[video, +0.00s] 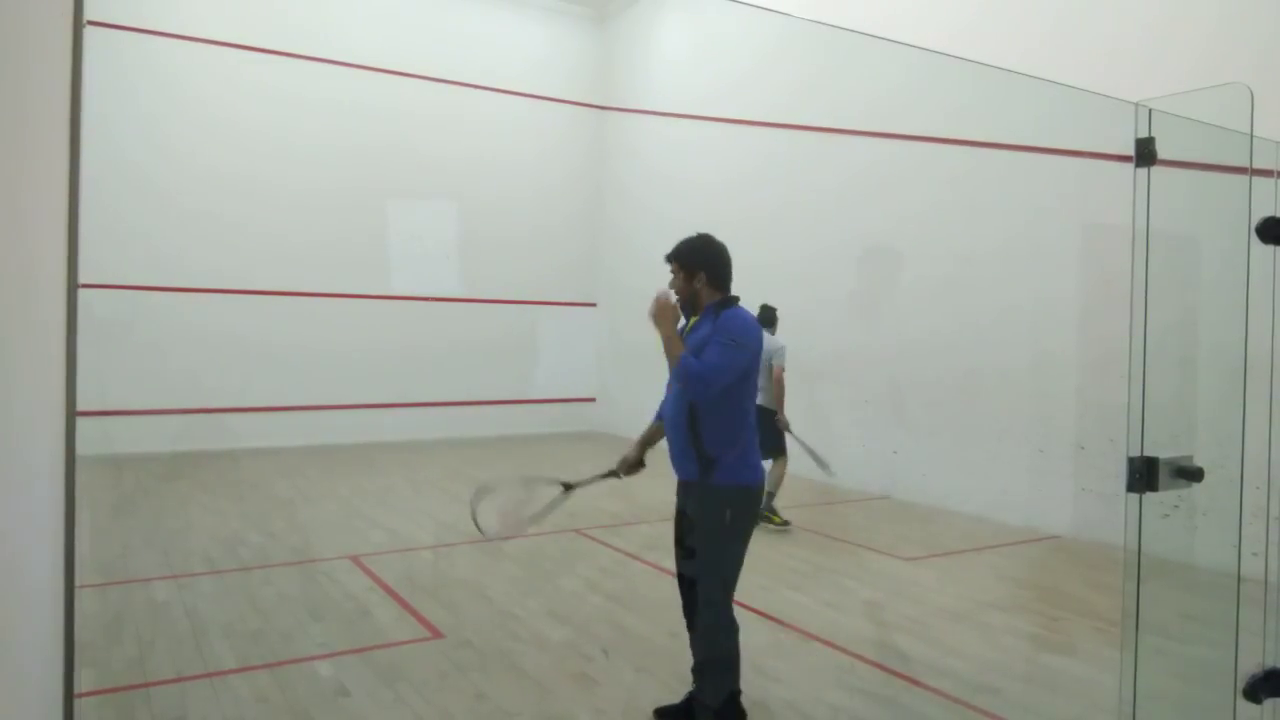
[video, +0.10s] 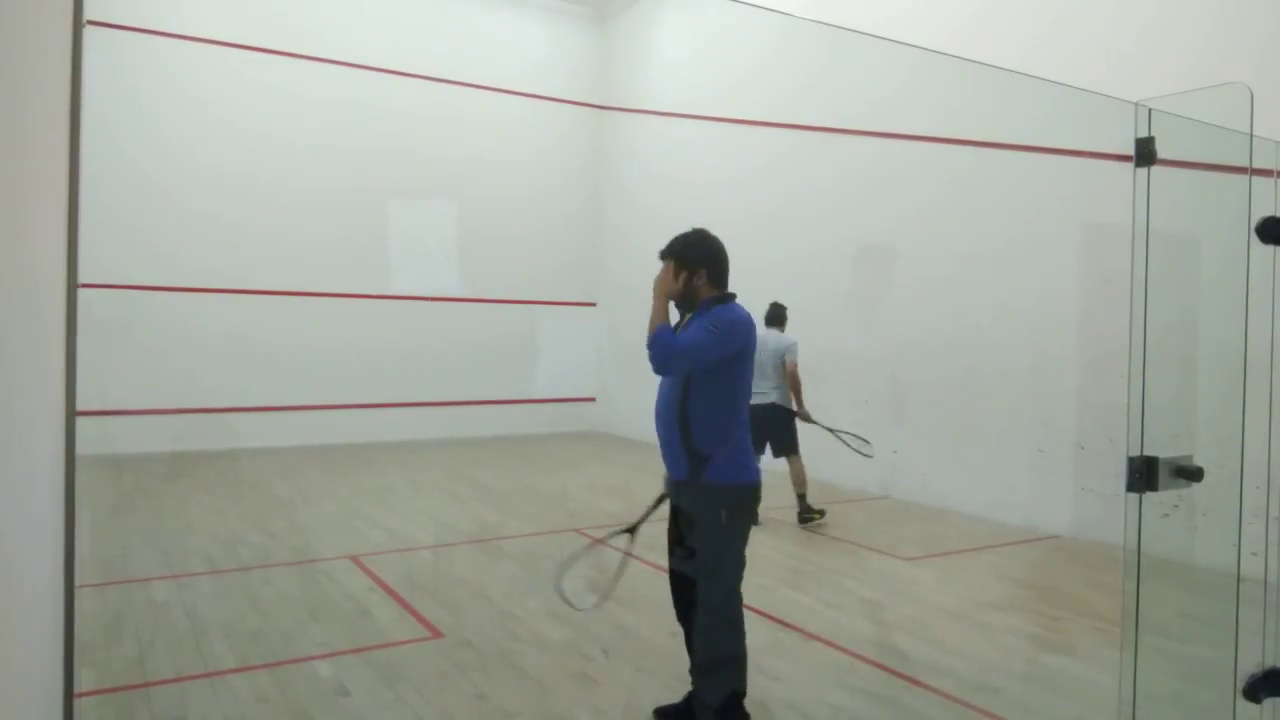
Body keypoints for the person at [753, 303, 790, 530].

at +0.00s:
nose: (777, 326)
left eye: (773, 322)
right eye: (776, 323)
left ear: (757, 321)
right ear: (774, 323)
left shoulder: (745, 340)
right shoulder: (775, 345)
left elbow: (737, 376)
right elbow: (777, 378)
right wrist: (780, 413)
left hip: (742, 406)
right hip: (763, 408)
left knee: (746, 456)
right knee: (780, 458)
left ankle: (743, 502)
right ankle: (767, 505)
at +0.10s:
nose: (785, 322)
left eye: (782, 318)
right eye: (785, 319)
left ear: (765, 320)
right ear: (784, 321)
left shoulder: (752, 340)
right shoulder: (787, 342)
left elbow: (743, 374)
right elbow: (791, 372)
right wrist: (800, 405)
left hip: (752, 408)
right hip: (779, 409)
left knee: (751, 459)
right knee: (793, 457)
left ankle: (749, 510)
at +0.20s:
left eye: (780, 319)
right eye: (793, 319)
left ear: (775, 321)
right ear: (796, 322)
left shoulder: (763, 344)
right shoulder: (804, 345)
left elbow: (749, 368)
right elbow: (816, 379)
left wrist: (763, 386)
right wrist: (820, 409)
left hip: (767, 411)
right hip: (795, 411)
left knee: (758, 460)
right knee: (802, 460)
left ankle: (751, 510)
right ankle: (808, 511)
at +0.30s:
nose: (783, 321)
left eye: (783, 318)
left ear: (785, 319)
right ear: (804, 319)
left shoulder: (776, 342)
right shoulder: (815, 343)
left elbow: (764, 371)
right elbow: (828, 375)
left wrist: (766, 388)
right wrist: (834, 399)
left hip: (778, 412)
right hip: (805, 411)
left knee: (768, 458)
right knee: (807, 461)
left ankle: (768, 509)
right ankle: (809, 511)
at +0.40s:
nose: (777, 319)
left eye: (778, 315)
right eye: (778, 315)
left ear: (783, 317)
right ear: (801, 317)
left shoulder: (773, 343)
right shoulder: (813, 343)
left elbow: (759, 374)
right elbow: (826, 376)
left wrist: (760, 391)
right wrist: (835, 393)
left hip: (776, 413)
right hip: (804, 412)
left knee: (772, 460)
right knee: (806, 460)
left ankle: (771, 510)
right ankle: (808, 511)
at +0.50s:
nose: (773, 320)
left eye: (774, 316)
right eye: (775, 316)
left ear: (778, 319)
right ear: (797, 319)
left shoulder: (767, 344)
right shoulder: (808, 344)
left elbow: (753, 377)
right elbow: (822, 376)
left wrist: (754, 397)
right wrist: (840, 393)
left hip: (773, 412)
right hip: (801, 411)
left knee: (770, 460)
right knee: (804, 456)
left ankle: (770, 511)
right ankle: (811, 506)